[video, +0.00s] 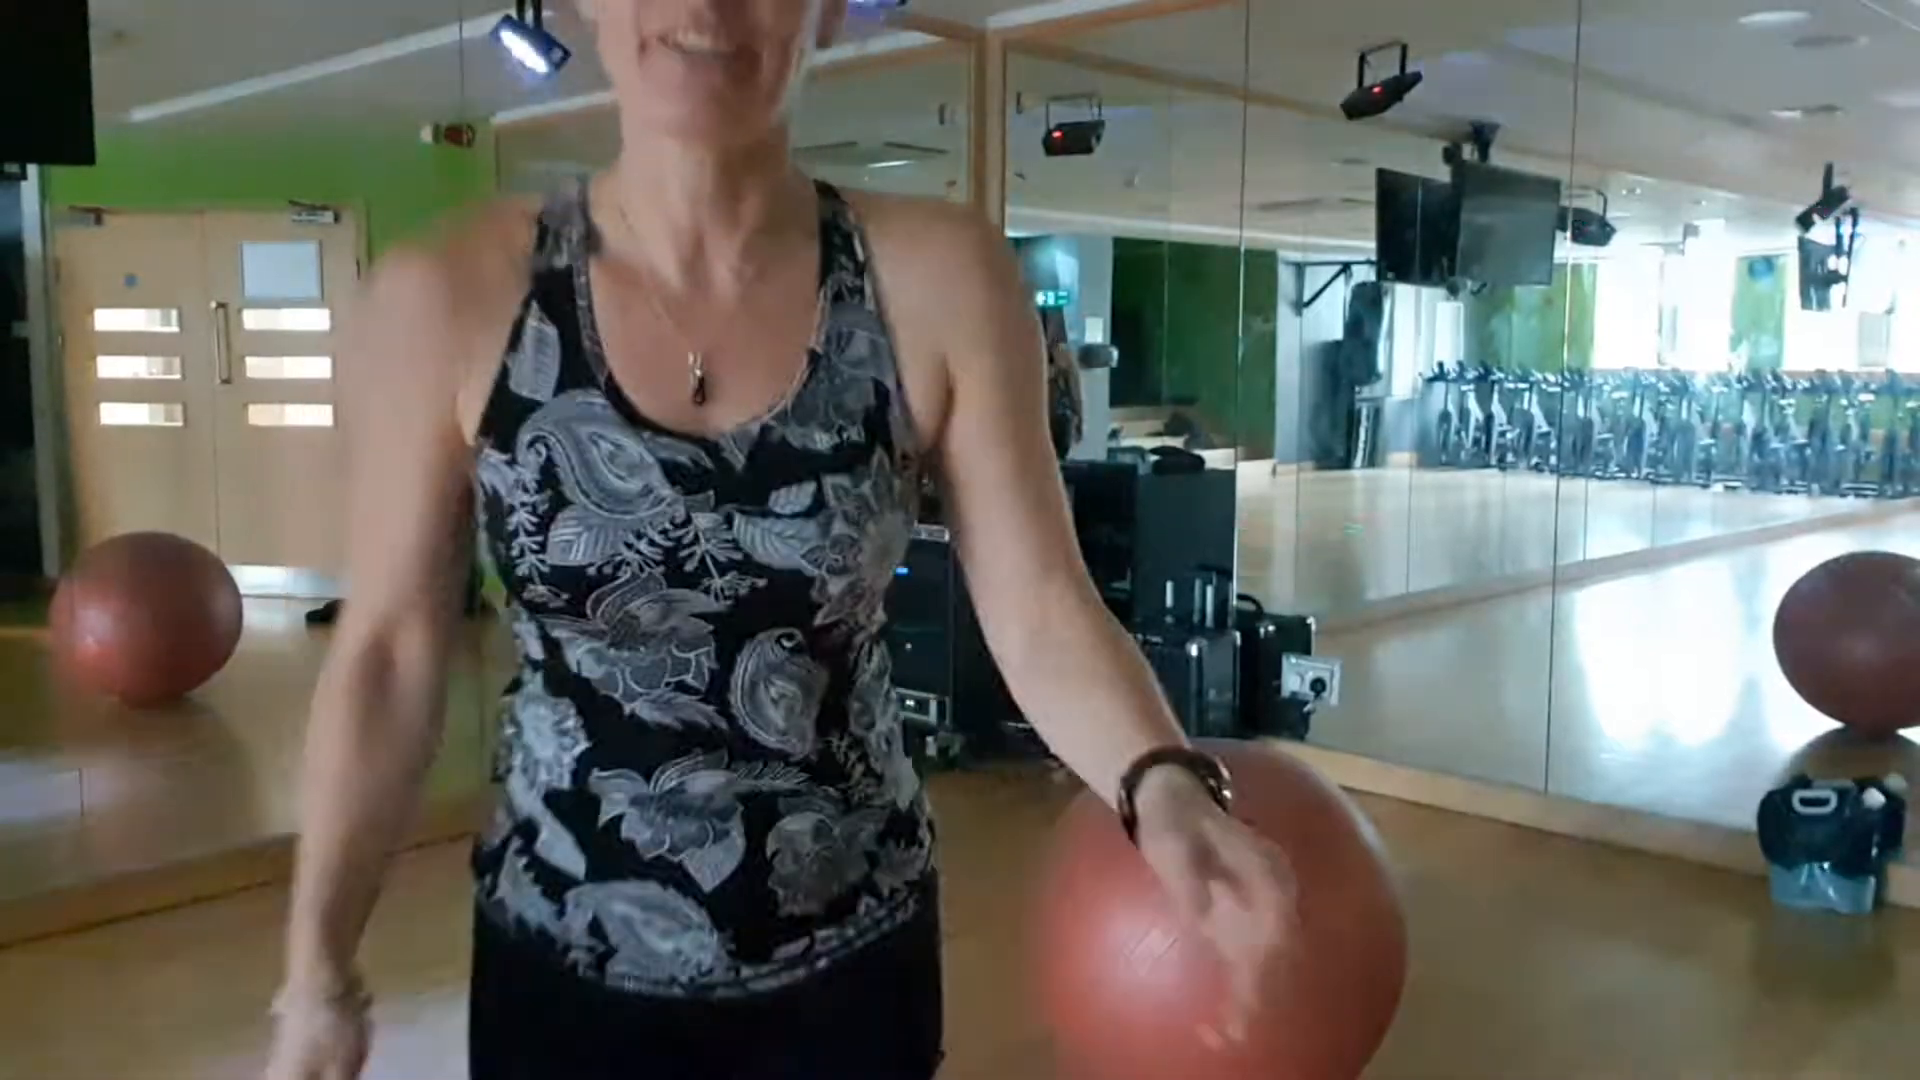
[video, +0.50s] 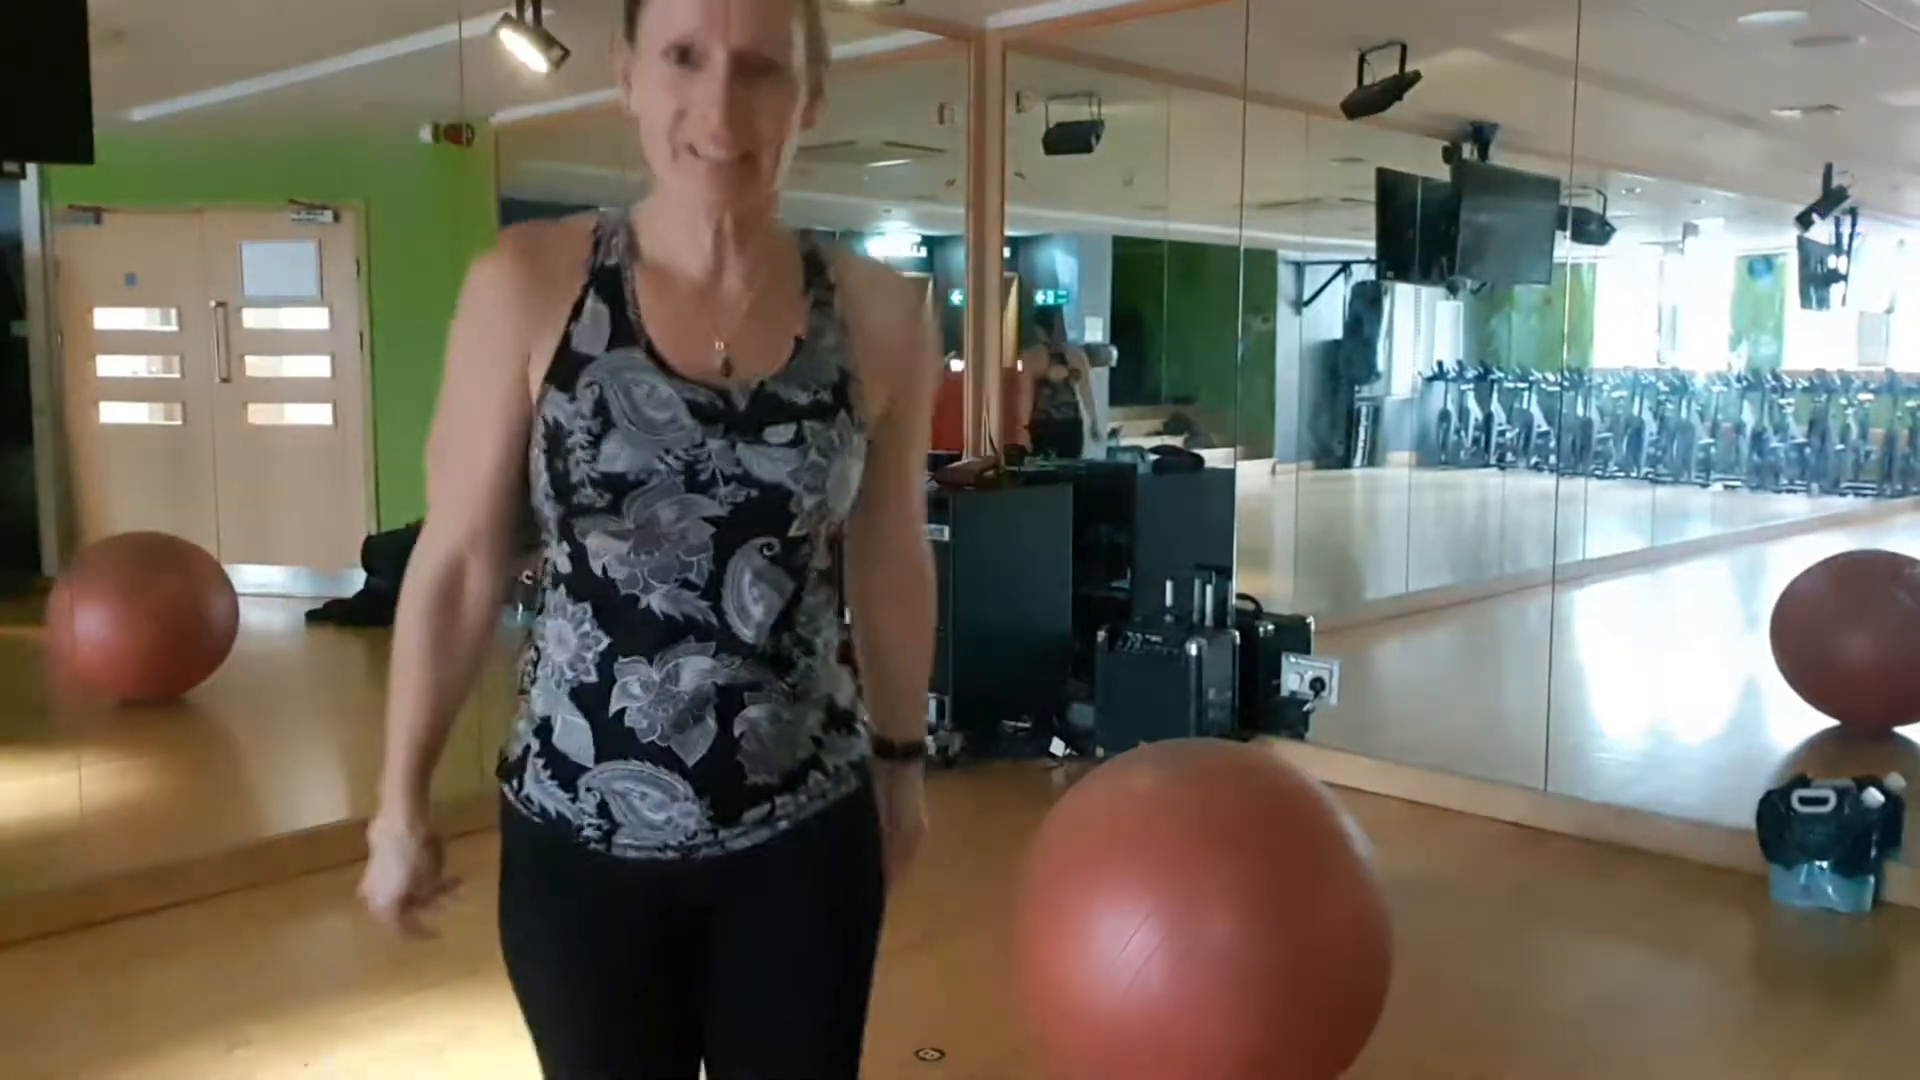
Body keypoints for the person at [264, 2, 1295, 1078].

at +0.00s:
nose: (701, 6)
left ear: (820, 12)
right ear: (578, 8)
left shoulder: (940, 272)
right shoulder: (452, 291)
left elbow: (1040, 603)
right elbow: (388, 648)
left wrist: (1158, 779)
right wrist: (317, 957)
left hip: (846, 928)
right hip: (569, 931)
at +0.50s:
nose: (720, 106)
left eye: (761, 67)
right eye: (684, 57)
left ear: (809, 98)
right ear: (629, 76)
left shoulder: (878, 315)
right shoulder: (524, 286)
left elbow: (890, 546)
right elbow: (459, 563)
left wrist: (899, 750)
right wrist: (401, 804)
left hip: (803, 825)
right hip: (583, 834)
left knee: (796, 1068)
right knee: (605, 1069)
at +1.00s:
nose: (806, 149)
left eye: (809, 118)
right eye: (777, 115)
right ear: (680, 115)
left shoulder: (813, 326)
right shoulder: (544, 299)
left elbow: (819, 531)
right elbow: (478, 528)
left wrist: (824, 715)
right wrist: (438, 733)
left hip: (749, 753)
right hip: (582, 755)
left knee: (727, 1059)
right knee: (607, 1058)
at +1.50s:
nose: (737, 189)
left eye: (762, 172)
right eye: (712, 171)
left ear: (795, 206)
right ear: (677, 204)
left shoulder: (834, 342)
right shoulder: (604, 323)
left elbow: (863, 482)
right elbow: (538, 497)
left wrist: (887, 600)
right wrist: (489, 658)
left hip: (758, 683)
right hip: (615, 682)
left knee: (725, 954)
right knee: (645, 941)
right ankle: (668, 1071)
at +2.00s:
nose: (788, 216)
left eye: (807, 199)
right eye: (768, 194)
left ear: (825, 213)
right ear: (727, 201)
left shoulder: (841, 329)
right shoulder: (671, 335)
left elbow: (855, 477)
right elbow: (656, 516)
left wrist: (848, 595)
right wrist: (697, 661)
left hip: (812, 642)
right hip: (702, 644)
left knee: (798, 858)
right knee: (696, 873)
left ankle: (743, 1002)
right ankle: (674, 1068)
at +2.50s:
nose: (1019, 320)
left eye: (1029, 304)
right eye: (1016, 300)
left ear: (961, 272)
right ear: (963, 271)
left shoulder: (882, 323)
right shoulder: (909, 369)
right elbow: (999, 528)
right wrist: (1100, 654)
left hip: (817, 590)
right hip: (856, 601)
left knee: (877, 792)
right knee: (924, 799)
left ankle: (772, 974)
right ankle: (913, 1013)